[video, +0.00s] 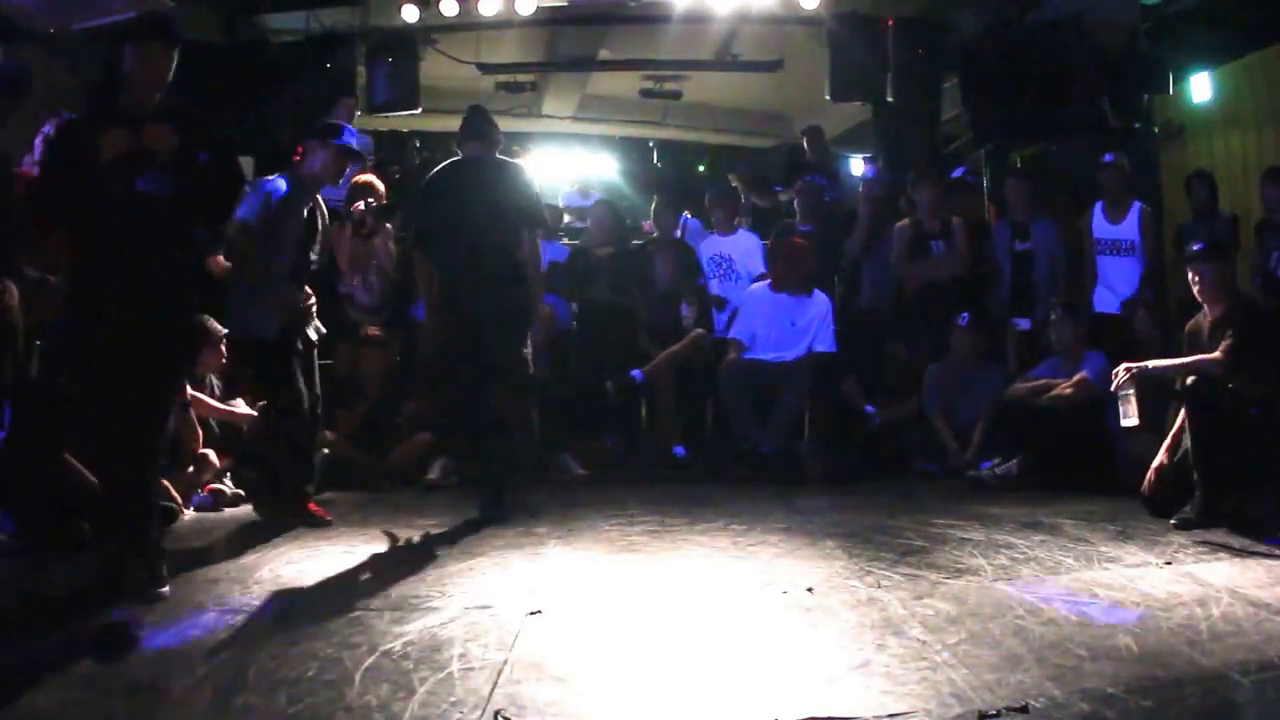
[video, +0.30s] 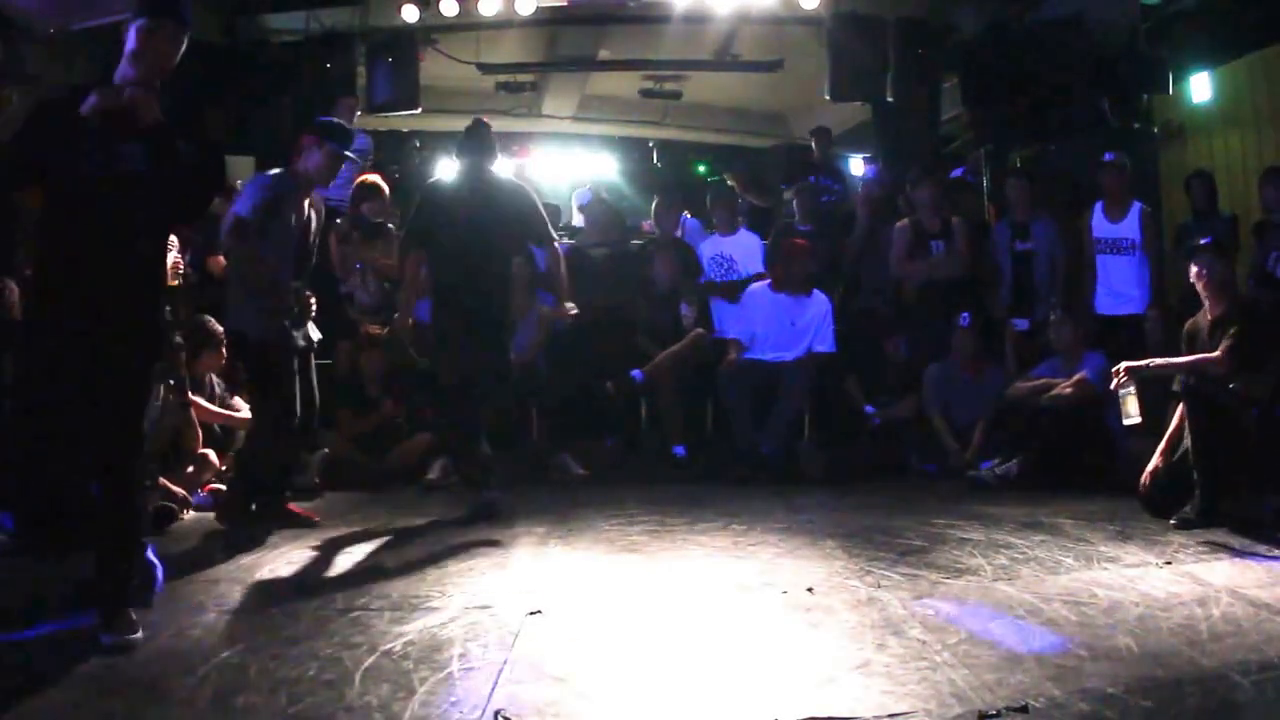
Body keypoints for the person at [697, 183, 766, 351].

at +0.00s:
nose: (717, 215)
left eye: (722, 209)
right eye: (713, 210)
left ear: (734, 210)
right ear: (709, 212)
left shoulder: (750, 241)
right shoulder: (705, 246)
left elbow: (762, 281)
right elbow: (700, 282)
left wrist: (742, 307)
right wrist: (711, 298)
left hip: (749, 317)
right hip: (718, 321)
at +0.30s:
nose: (723, 213)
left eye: (727, 208)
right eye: (719, 208)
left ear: (735, 208)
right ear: (711, 212)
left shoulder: (753, 242)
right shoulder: (705, 247)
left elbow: (763, 276)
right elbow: (699, 283)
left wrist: (739, 287)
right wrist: (721, 290)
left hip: (754, 323)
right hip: (722, 326)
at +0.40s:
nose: (721, 214)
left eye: (726, 208)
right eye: (716, 209)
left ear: (736, 209)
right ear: (711, 211)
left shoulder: (753, 242)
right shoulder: (706, 247)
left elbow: (766, 278)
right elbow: (695, 284)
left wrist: (728, 275)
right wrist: (720, 293)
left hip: (753, 324)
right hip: (721, 326)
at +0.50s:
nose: (720, 213)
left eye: (725, 207)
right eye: (715, 207)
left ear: (735, 208)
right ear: (710, 210)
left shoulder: (754, 242)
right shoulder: (706, 248)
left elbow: (761, 279)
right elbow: (697, 283)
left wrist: (728, 259)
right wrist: (719, 293)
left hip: (756, 322)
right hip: (723, 325)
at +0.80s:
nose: (730, 216)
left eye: (734, 211)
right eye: (725, 211)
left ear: (741, 212)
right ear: (718, 214)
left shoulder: (754, 239)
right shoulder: (706, 249)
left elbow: (758, 268)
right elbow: (698, 284)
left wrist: (731, 240)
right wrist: (719, 290)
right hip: (724, 326)